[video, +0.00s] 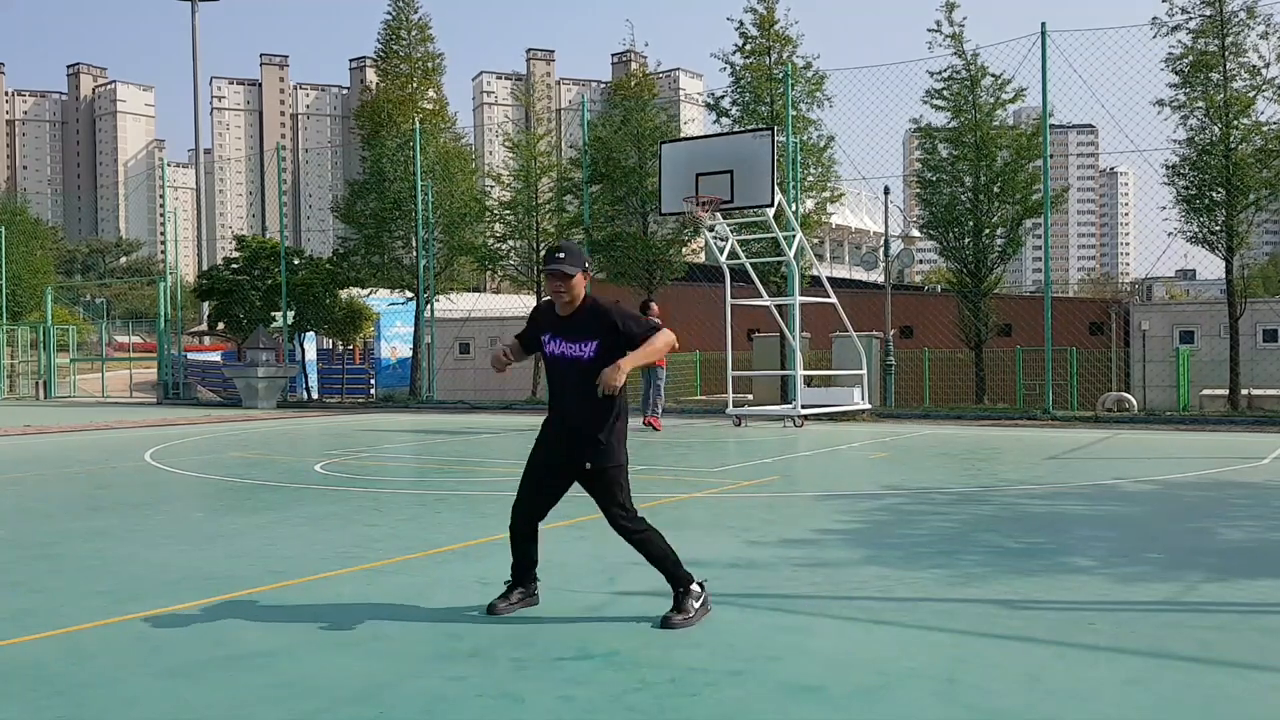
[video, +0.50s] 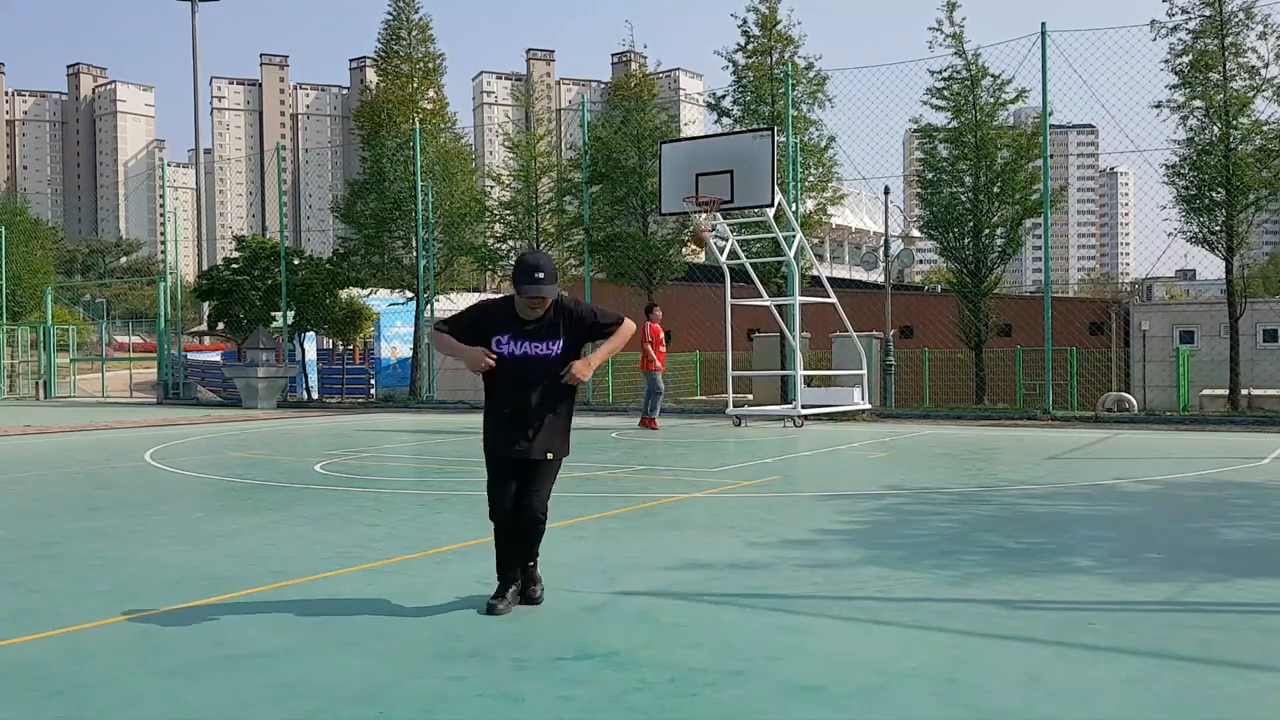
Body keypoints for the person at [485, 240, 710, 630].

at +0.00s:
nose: (557, 284)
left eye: (566, 277)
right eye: (551, 277)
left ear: (586, 277)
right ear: (545, 280)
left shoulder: (608, 317)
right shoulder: (543, 316)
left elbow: (666, 339)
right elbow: (524, 345)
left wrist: (624, 364)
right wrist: (506, 353)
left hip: (601, 442)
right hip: (557, 438)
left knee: (623, 519)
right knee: (523, 514)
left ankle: (688, 590)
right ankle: (523, 587)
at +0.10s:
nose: (530, 302)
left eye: (538, 295)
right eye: (523, 295)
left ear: (556, 285)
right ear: (515, 289)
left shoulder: (582, 311)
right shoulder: (516, 311)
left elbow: (639, 338)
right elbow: (514, 348)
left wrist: (602, 380)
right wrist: (509, 375)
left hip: (587, 421)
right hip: (544, 421)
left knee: (600, 501)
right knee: (526, 505)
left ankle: (654, 582)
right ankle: (523, 585)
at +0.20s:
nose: (523, 305)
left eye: (530, 298)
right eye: (516, 299)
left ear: (543, 287)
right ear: (504, 290)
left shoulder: (568, 308)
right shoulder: (499, 311)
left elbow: (621, 332)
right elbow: (503, 347)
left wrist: (587, 376)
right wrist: (506, 377)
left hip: (577, 415)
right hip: (532, 416)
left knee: (581, 493)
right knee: (524, 502)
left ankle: (605, 575)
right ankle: (523, 583)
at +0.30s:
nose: (526, 295)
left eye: (533, 289)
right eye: (519, 289)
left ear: (545, 279)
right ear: (505, 281)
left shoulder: (565, 298)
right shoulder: (492, 302)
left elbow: (615, 319)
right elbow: (484, 340)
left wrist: (583, 359)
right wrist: (492, 365)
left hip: (565, 410)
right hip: (519, 410)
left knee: (562, 491)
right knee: (518, 497)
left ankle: (564, 567)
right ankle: (520, 581)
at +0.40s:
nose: (533, 296)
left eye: (540, 290)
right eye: (525, 290)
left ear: (551, 280)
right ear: (510, 282)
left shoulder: (570, 301)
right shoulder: (492, 303)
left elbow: (623, 315)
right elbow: (457, 331)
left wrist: (587, 348)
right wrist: (469, 345)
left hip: (555, 418)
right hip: (509, 417)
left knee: (543, 498)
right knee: (505, 499)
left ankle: (539, 566)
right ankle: (506, 579)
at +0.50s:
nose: (536, 303)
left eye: (543, 296)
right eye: (529, 296)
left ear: (554, 289)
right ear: (514, 288)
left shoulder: (570, 313)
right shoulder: (491, 313)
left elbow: (626, 326)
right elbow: (438, 334)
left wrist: (592, 361)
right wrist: (465, 352)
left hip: (548, 432)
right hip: (501, 431)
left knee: (534, 508)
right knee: (502, 510)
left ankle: (529, 566)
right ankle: (508, 581)